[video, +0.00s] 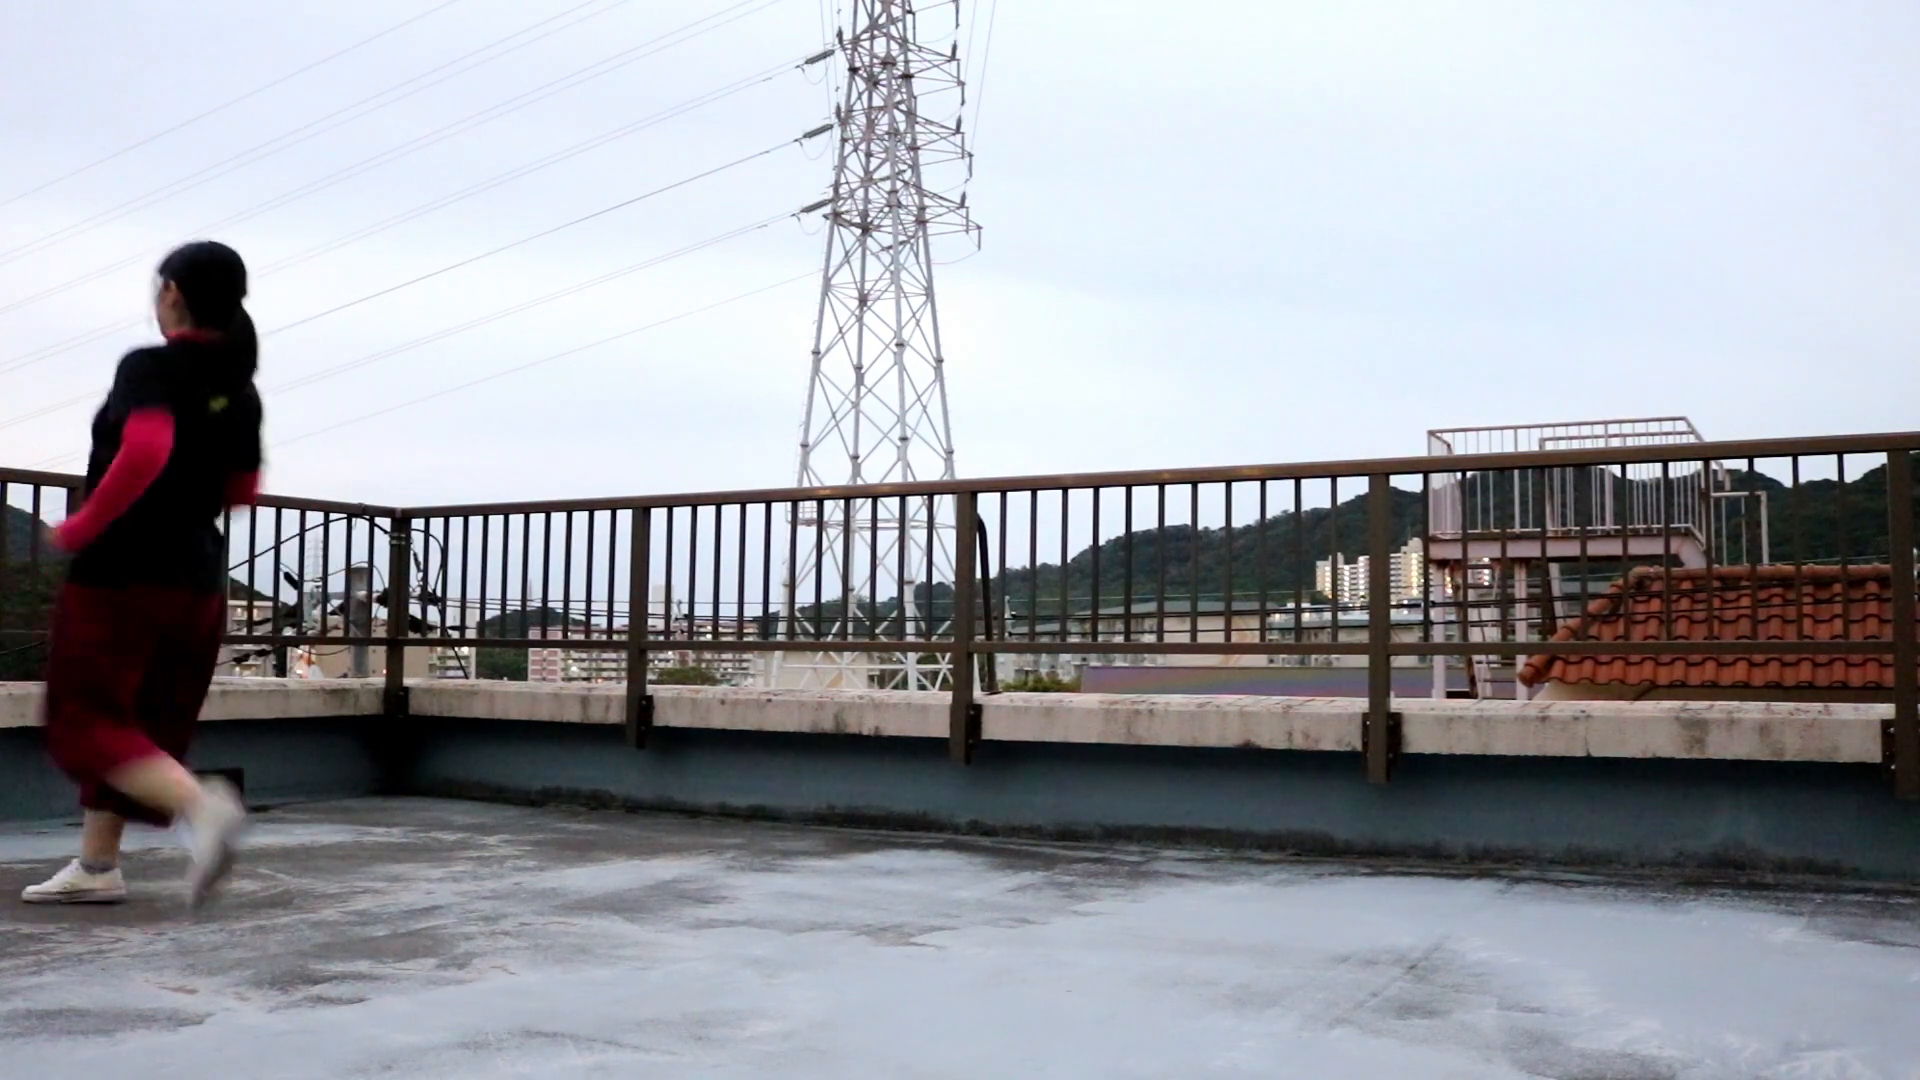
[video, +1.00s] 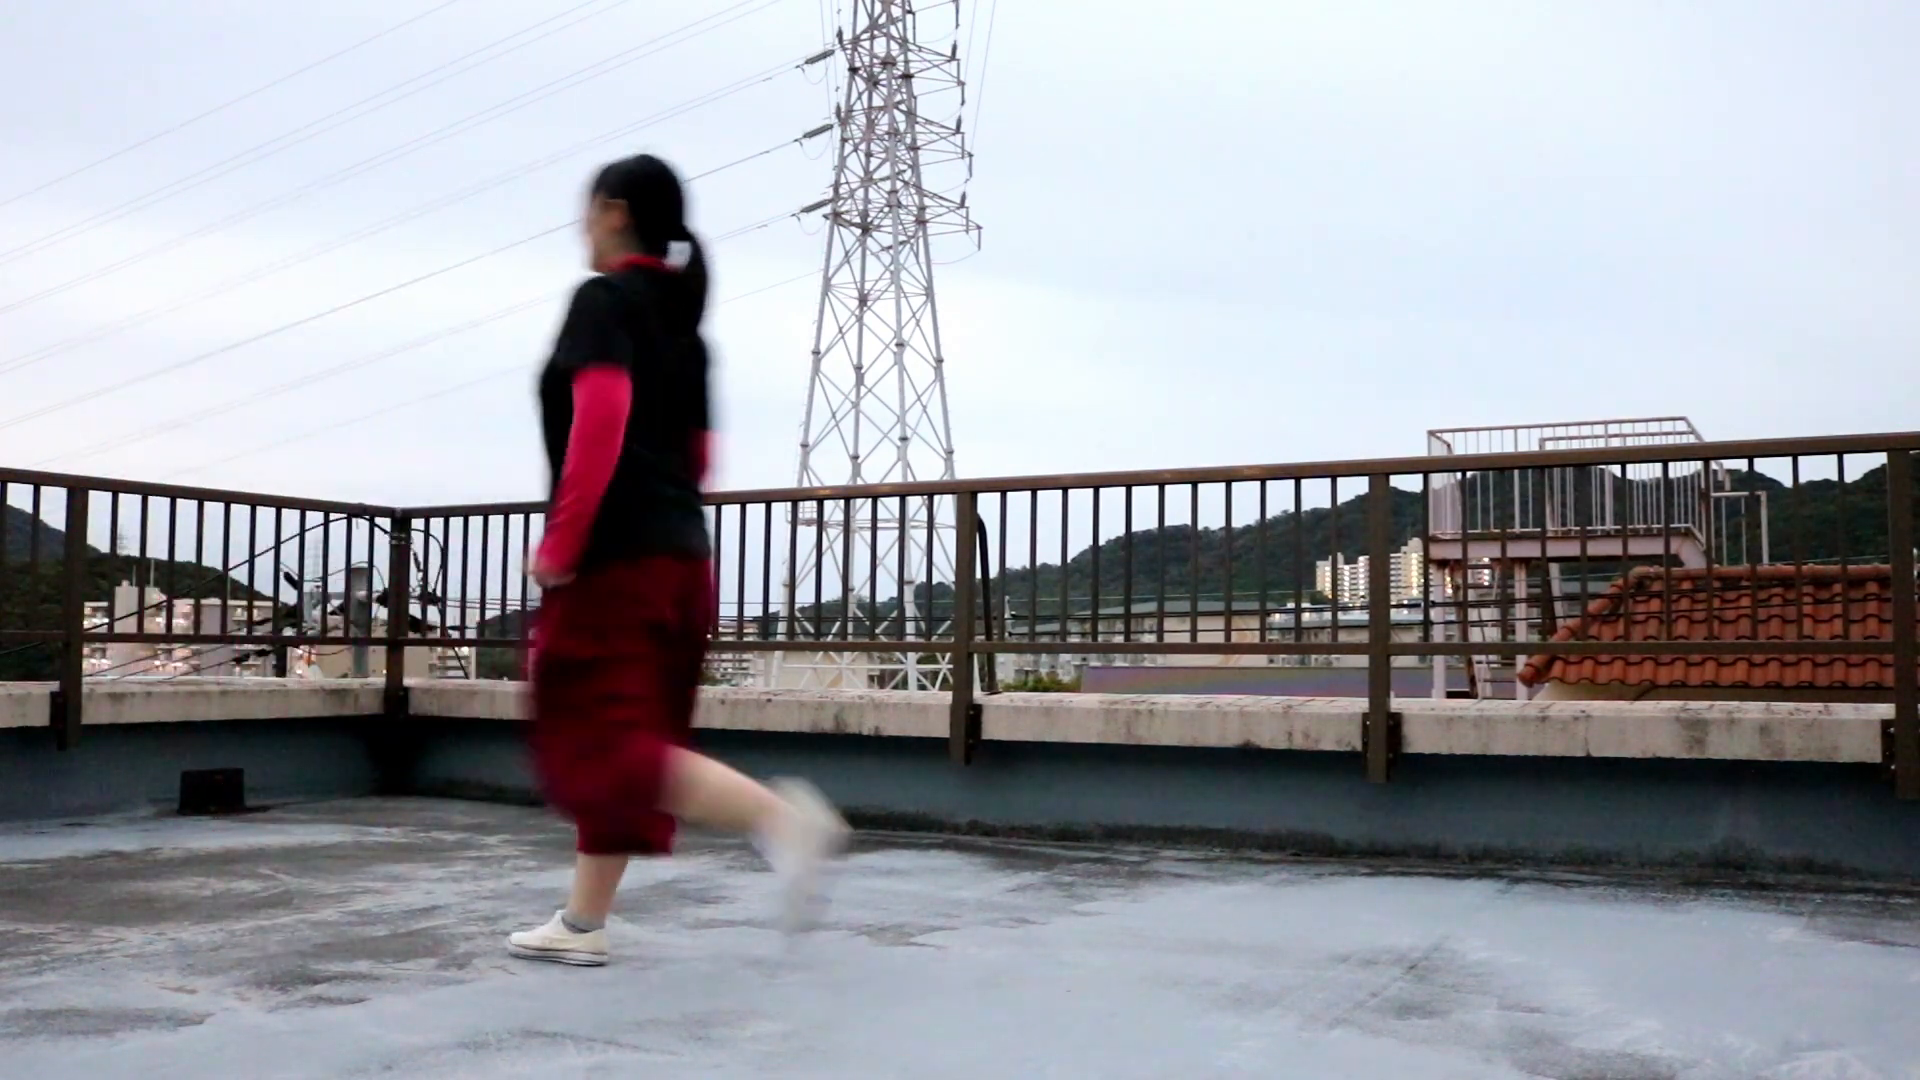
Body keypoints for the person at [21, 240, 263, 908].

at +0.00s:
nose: (157, 301)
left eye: (161, 291)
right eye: (162, 289)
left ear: (174, 297)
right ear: (229, 303)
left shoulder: (149, 365)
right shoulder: (240, 389)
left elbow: (146, 450)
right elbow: (243, 488)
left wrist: (78, 526)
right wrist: (175, 487)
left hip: (123, 572)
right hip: (195, 577)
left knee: (77, 720)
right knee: (142, 722)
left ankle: (200, 807)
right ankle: (96, 864)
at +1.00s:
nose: (585, 229)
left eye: (592, 215)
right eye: (589, 215)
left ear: (616, 219)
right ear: (658, 226)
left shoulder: (603, 300)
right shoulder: (679, 316)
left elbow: (601, 418)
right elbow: (696, 456)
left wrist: (560, 539)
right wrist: (627, 505)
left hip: (614, 559)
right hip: (677, 559)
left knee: (587, 741)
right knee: (626, 736)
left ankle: (781, 817)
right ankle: (583, 922)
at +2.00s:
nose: (1219, 227)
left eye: (1231, 204)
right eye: (1199, 224)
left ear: (1279, 210)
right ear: (1195, 259)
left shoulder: (1298, 279)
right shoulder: (1252, 362)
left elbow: (1302, 319)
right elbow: (1143, 434)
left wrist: (1315, 483)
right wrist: (1079, 350)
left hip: (1399, 525)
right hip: (1434, 545)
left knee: (1209, 597)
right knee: (1355, 767)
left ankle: (1210, 827)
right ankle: (1460, 979)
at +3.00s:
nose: (1481, 157)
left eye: (1499, 135)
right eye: (1469, 151)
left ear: (1557, 143)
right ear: (1470, 180)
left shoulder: (1574, 226)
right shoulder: (1531, 258)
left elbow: (1573, 360)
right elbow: (1540, 406)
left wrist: (1480, 485)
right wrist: (1507, 530)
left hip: (1603, 531)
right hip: (1548, 540)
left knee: (1541, 724)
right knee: (1524, 728)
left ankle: (1716, 913)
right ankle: (1574, 973)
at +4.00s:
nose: (1190, 253)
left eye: (1196, 237)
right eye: (1195, 238)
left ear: (1223, 240)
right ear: (1252, 245)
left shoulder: (1241, 325)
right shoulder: (1272, 321)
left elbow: (1289, 437)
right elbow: (1281, 445)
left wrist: (1337, 539)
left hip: (1267, 584)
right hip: (1325, 576)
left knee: (1187, 728)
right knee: (1370, 734)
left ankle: (1143, 909)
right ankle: (1452, 897)